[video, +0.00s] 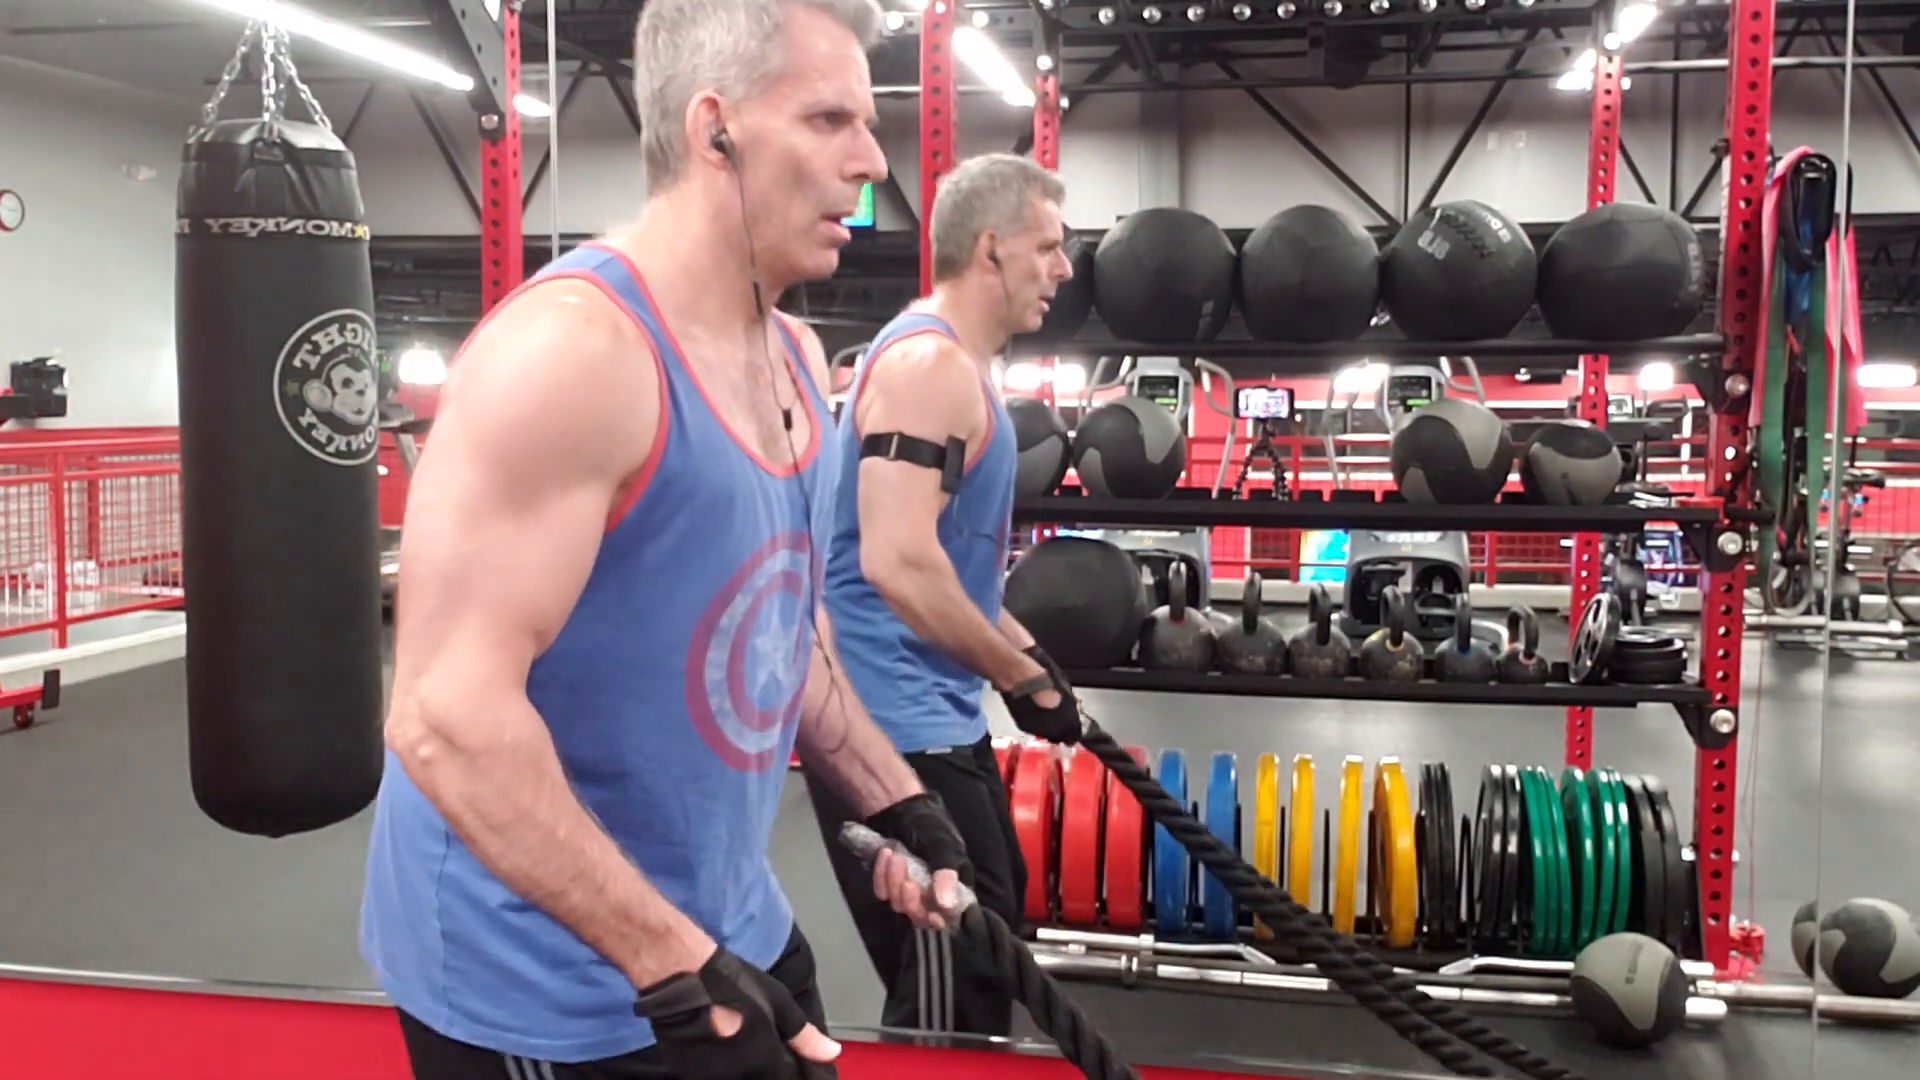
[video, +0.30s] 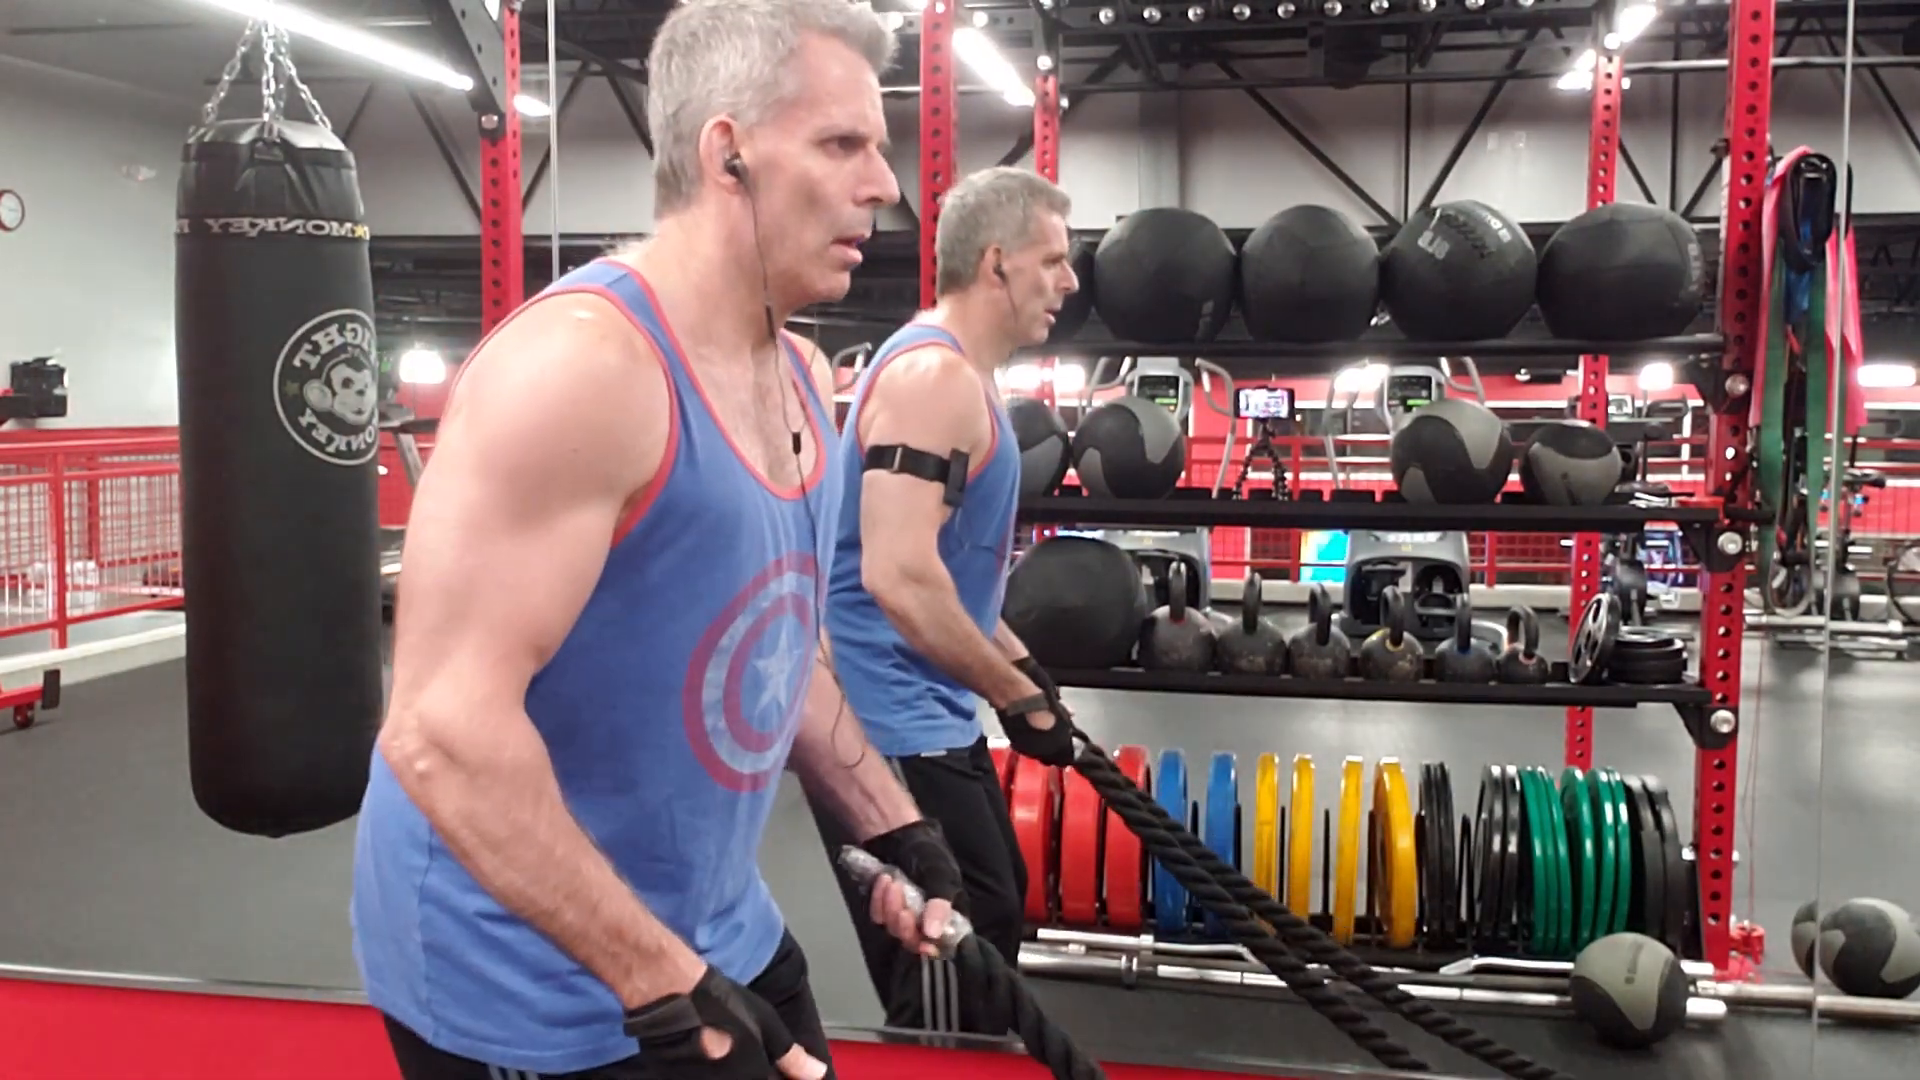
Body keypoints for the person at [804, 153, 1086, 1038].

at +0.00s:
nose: (1063, 270)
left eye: (1063, 249)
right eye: (1049, 247)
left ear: (996, 253)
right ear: (992, 250)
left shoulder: (954, 363)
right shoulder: (928, 364)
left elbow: (946, 555)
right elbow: (898, 561)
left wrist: (1020, 646)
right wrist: (1016, 675)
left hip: (939, 728)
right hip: (902, 736)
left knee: (980, 982)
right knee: (960, 990)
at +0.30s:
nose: (1068, 285)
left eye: (1068, 263)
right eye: (1054, 261)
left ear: (999, 267)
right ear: (997, 265)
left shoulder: (964, 378)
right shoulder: (934, 375)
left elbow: (955, 575)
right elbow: (899, 576)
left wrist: (1025, 678)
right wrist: (1015, 699)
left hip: (940, 725)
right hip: (897, 733)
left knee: (989, 944)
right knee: (962, 964)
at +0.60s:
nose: (1043, 284)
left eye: (1042, 263)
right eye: (1028, 261)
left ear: (977, 269)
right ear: (972, 265)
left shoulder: (951, 381)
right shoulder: (914, 380)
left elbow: (948, 575)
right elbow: (888, 575)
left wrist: (1019, 674)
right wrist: (1006, 696)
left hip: (941, 718)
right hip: (895, 725)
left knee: (988, 931)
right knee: (991, 929)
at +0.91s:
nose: (1034, 278)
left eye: (1031, 258)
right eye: (1018, 257)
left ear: (968, 268)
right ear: (961, 264)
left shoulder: (946, 383)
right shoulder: (903, 382)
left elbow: (944, 574)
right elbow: (880, 579)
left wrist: (1016, 670)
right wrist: (1000, 700)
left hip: (946, 723)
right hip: (896, 730)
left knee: (1002, 926)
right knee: (993, 930)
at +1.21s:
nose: (1040, 279)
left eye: (1036, 259)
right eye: (1023, 258)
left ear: (971, 273)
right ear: (966, 269)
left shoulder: (948, 388)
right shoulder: (901, 388)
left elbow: (944, 580)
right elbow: (874, 589)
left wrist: (1009, 680)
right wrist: (994, 707)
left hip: (946, 724)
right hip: (894, 731)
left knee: (1005, 921)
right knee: (996, 929)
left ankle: (965, 1072)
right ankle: (959, 1078)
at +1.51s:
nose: (1047, 285)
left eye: (1045, 265)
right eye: (1032, 264)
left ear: (977, 276)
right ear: (974, 273)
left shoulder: (950, 390)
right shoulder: (908, 391)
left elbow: (926, 581)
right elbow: (877, 589)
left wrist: (999, 695)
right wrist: (999, 704)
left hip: (946, 727)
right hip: (896, 733)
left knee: (1009, 921)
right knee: (998, 929)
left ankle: (966, 1074)